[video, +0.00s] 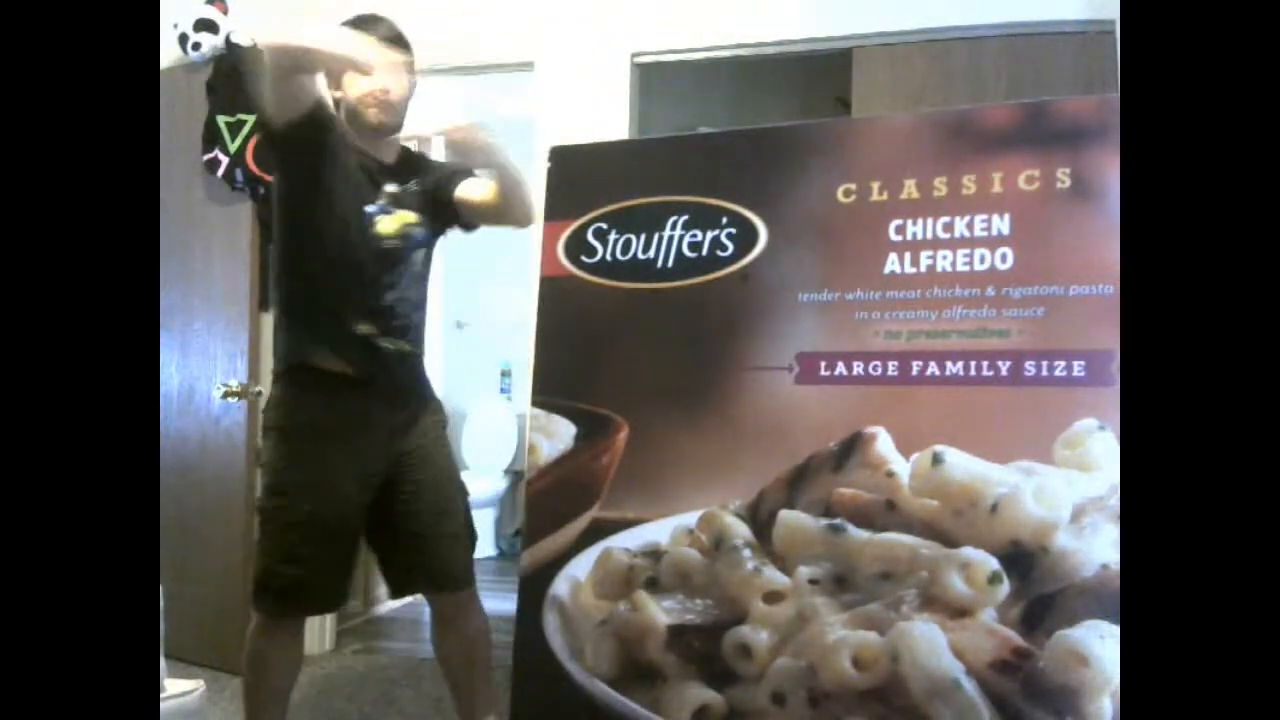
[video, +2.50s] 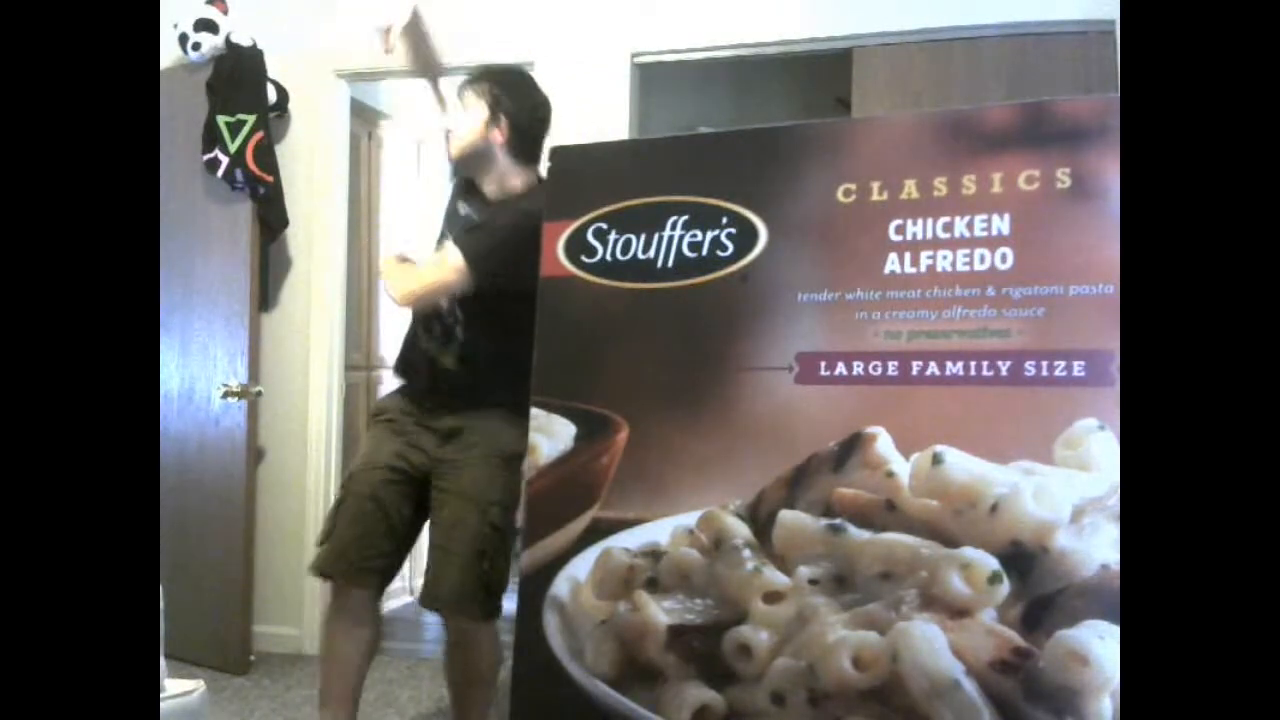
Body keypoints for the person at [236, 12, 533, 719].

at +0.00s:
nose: (387, 87)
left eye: (400, 74)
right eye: (370, 73)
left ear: (412, 86)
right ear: (338, 83)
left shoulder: (426, 176)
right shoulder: (308, 145)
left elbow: (518, 213)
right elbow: (269, 57)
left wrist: (493, 156)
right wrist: (343, 56)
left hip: (407, 404)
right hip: (315, 402)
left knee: (455, 586)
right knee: (283, 603)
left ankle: (480, 716)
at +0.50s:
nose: (392, 128)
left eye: (411, 115)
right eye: (387, 113)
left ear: (447, 129)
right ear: (380, 123)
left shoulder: (482, 178)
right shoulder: (366, 221)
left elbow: (487, 63)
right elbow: (330, 311)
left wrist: (395, 10)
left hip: (491, 420)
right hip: (403, 419)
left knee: (491, 613)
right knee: (331, 599)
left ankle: (491, 718)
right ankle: (282, 713)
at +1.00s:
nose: (452, 162)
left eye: (468, 148)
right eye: (441, 146)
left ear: (496, 152)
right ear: (425, 151)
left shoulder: (540, 225)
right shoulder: (403, 235)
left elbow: (586, 321)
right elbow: (380, 348)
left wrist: (529, 364)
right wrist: (450, 411)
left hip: (508, 428)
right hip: (424, 423)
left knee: (493, 609)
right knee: (355, 598)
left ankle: (488, 717)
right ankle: (300, 713)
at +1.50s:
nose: (545, 179)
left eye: (558, 167)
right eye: (536, 164)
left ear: (576, 175)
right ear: (515, 165)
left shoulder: (571, 245)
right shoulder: (459, 217)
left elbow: (590, 333)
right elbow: (374, 243)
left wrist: (532, 373)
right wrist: (367, 237)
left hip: (509, 419)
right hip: (434, 406)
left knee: (514, 582)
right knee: (441, 568)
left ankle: (499, 709)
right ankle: (443, 711)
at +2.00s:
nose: (493, 137)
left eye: (511, 126)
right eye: (494, 125)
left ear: (553, 141)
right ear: (492, 131)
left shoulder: (569, 230)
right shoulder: (478, 180)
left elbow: (478, 294)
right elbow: (403, 117)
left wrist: (395, 240)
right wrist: (404, 58)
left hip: (491, 421)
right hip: (412, 399)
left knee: (473, 596)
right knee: (329, 544)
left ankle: (478, 719)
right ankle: (315, 710)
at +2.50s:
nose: (449, 122)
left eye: (463, 110)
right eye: (454, 111)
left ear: (499, 127)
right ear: (494, 129)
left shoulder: (529, 216)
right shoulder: (473, 181)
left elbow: (413, 290)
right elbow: (445, 99)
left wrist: (393, 260)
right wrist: (415, 37)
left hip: (483, 427)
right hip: (408, 413)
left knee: (465, 603)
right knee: (352, 575)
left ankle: (473, 718)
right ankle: (335, 715)